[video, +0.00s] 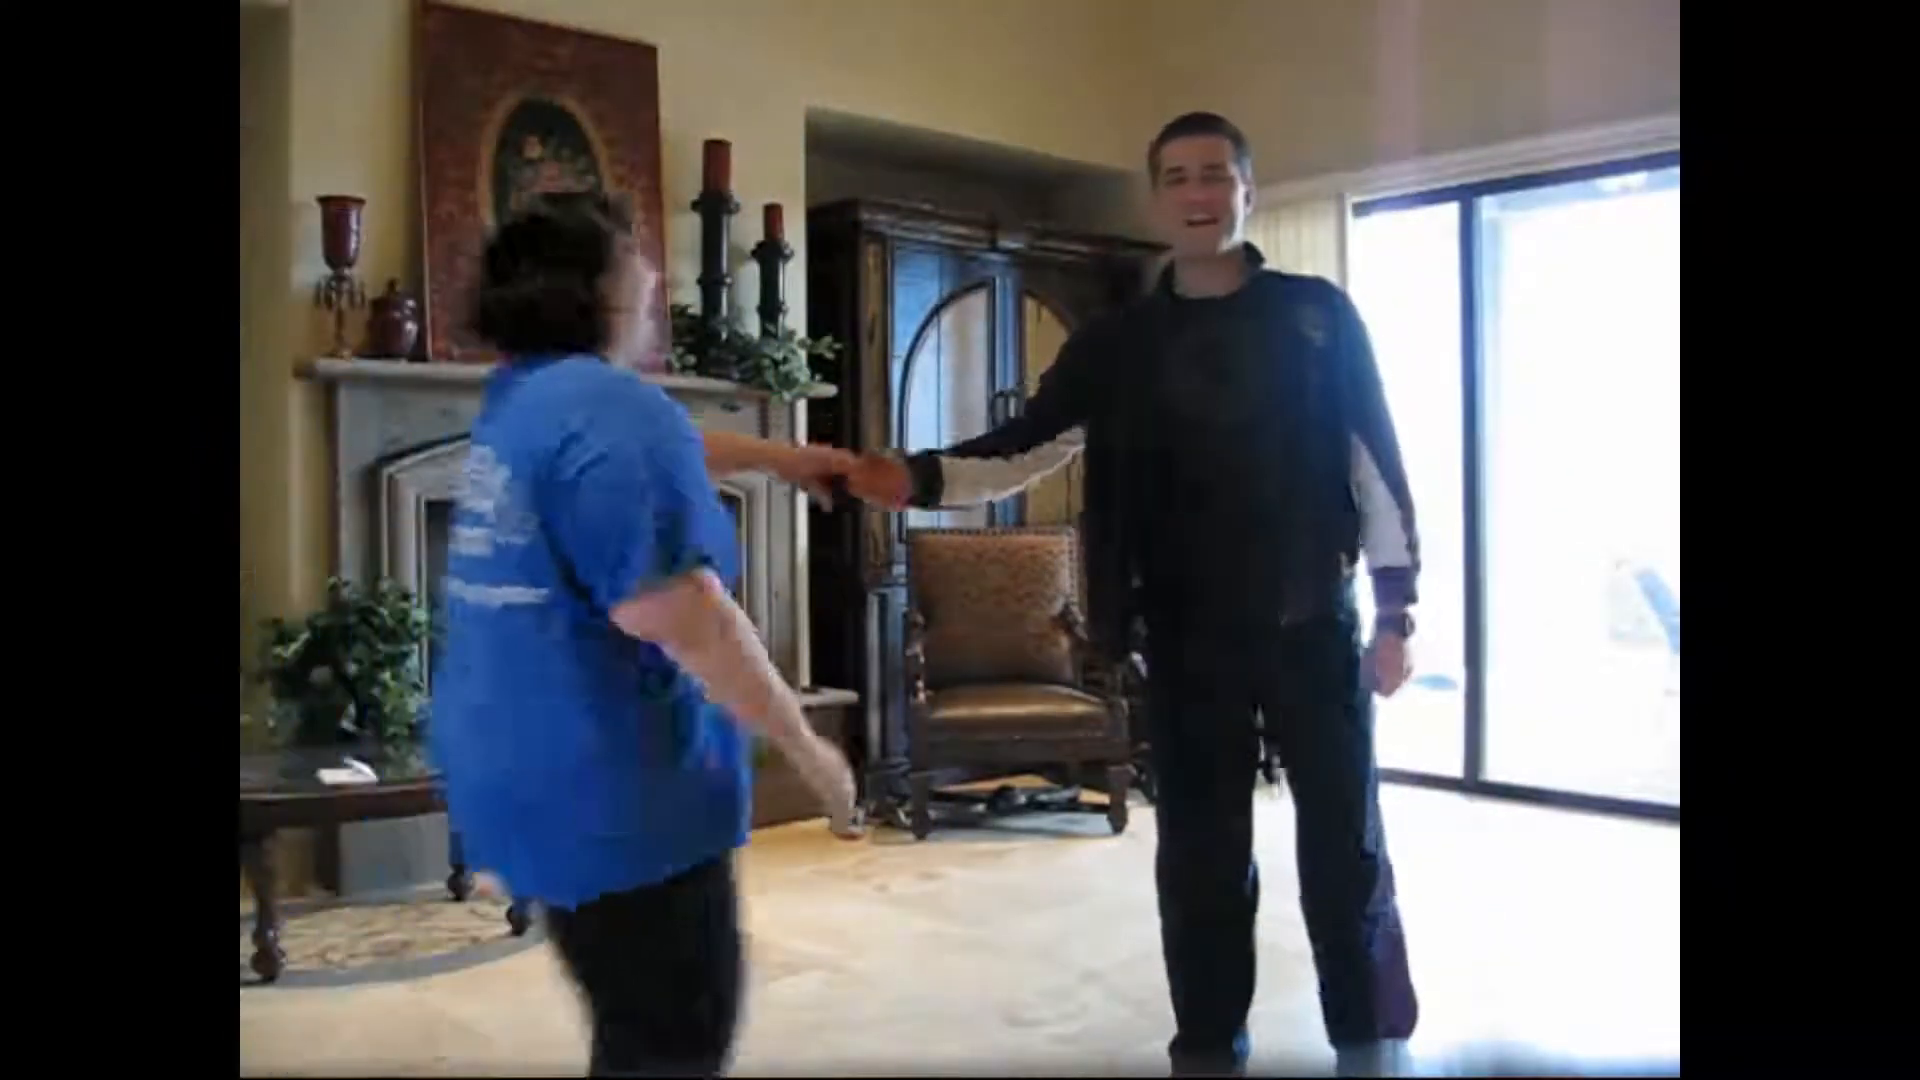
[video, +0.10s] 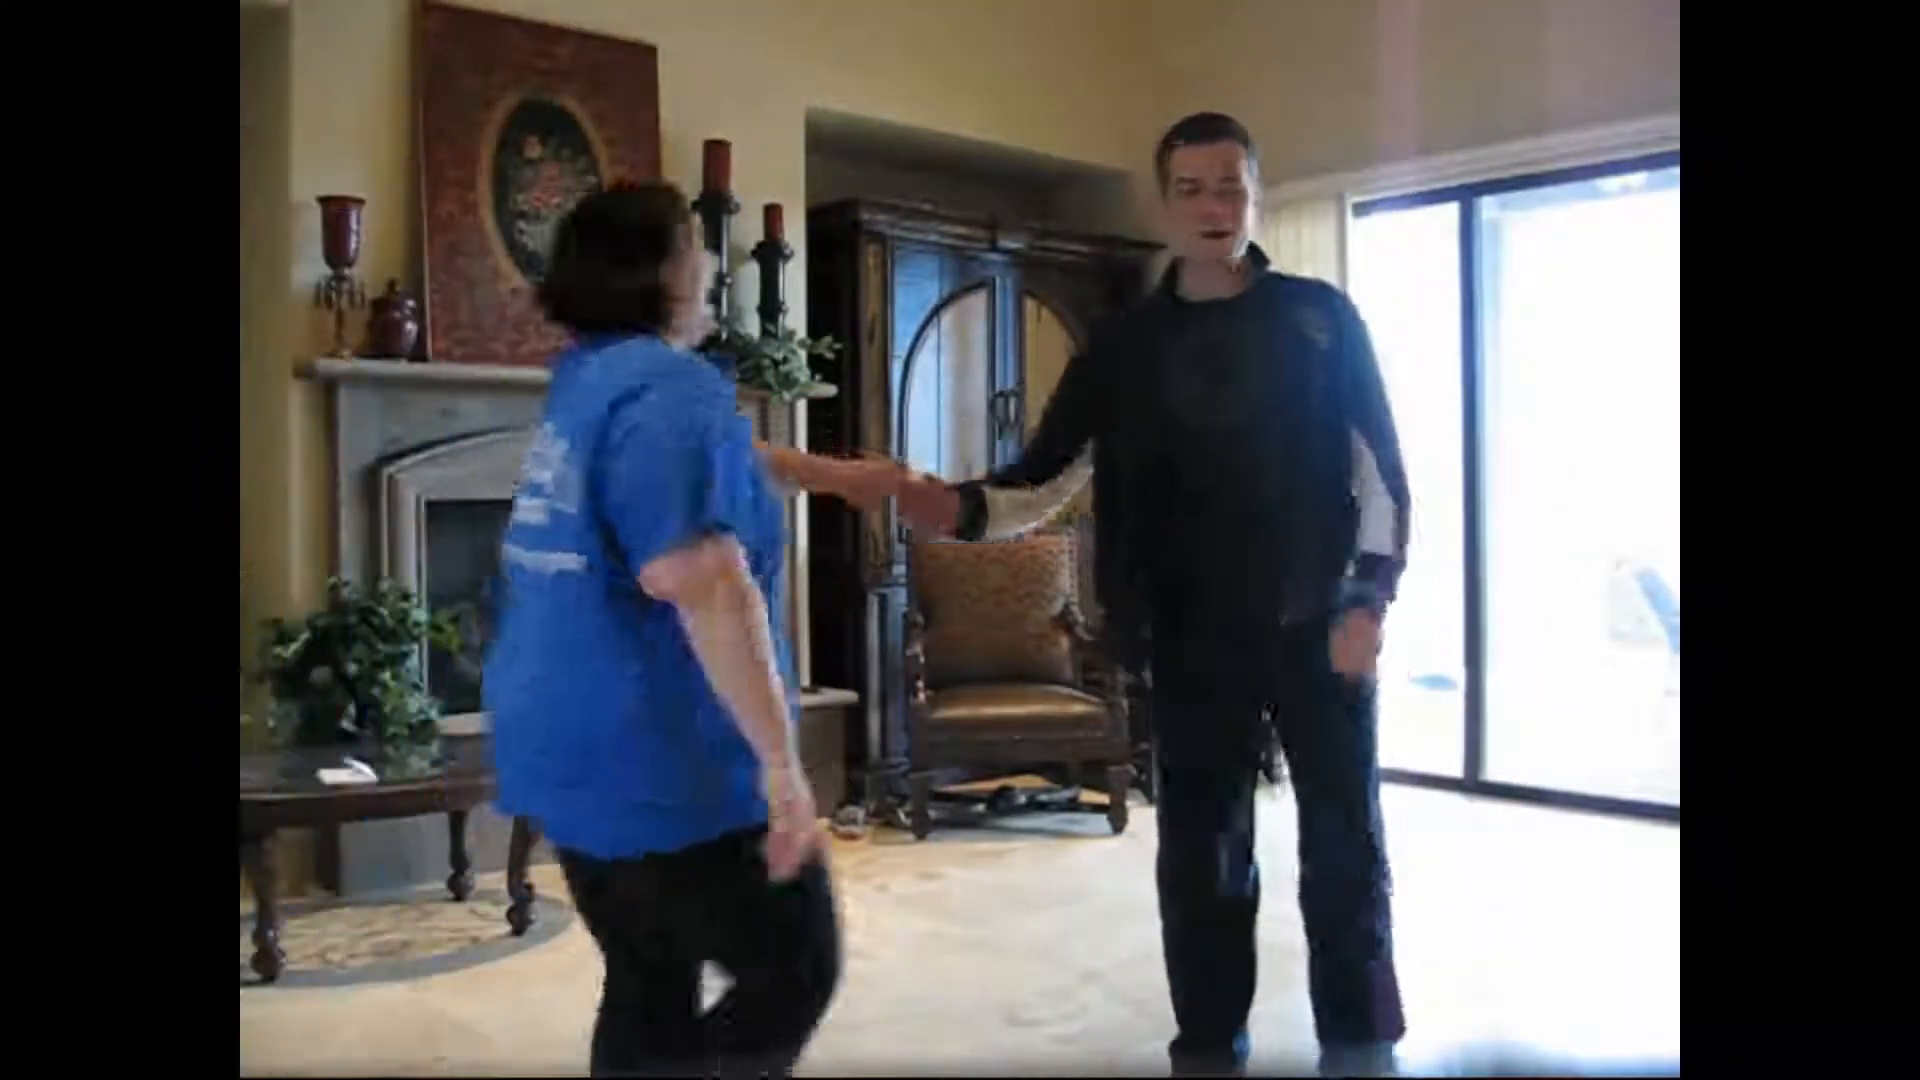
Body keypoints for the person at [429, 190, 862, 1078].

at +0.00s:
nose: (655, 281)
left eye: (648, 260)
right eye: (638, 261)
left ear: (529, 296)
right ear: (598, 287)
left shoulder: (525, 403)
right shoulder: (611, 415)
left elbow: (653, 446)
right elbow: (666, 600)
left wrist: (781, 459)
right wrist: (796, 738)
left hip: (553, 786)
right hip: (620, 798)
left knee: (643, 1030)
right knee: (674, 1037)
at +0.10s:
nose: (709, 264)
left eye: (700, 245)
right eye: (694, 247)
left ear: (589, 279)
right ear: (661, 273)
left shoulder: (588, 384)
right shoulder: (668, 391)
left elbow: (712, 457)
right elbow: (697, 573)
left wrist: (837, 477)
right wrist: (780, 762)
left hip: (576, 764)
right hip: (664, 770)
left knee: (649, 986)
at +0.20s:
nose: (757, 263)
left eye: (750, 246)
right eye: (744, 248)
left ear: (651, 276)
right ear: (705, 271)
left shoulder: (648, 371)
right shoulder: (713, 379)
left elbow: (793, 469)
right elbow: (723, 556)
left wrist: (925, 494)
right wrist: (772, 721)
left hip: (632, 737)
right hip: (728, 736)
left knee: (658, 960)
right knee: (843, 930)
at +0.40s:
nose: (850, 304)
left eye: (845, 286)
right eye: (831, 287)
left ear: (770, 309)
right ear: (779, 305)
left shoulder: (746, 406)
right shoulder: (791, 414)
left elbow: (886, 493)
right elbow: (798, 594)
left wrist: (1026, 502)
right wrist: (840, 757)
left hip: (745, 753)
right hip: (854, 754)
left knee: (746, 961)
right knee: (917, 949)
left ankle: (687, 1071)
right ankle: (921, 1061)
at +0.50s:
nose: (888, 305)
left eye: (882, 288)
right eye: (868, 289)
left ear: (819, 313)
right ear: (821, 309)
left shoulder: (789, 407)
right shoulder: (832, 414)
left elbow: (934, 505)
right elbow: (845, 578)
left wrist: (1066, 502)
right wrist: (919, 750)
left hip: (804, 748)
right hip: (899, 751)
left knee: (835, 934)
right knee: (942, 948)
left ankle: (732, 1070)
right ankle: (928, 1070)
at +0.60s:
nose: (920, 304)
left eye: (914, 287)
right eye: (902, 289)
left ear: (845, 308)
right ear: (857, 306)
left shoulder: (821, 402)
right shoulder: (861, 408)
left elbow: (949, 504)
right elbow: (889, 568)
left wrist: (1081, 493)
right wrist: (1022, 675)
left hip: (841, 720)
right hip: (904, 725)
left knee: (907, 886)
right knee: (947, 933)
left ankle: (815, 1052)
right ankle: (932, 1065)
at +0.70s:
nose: (945, 304)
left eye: (941, 286)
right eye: (926, 288)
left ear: (884, 304)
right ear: (875, 301)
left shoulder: (889, 394)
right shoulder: (859, 398)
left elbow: (972, 499)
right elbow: (912, 533)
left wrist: (1096, 491)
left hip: (932, 708)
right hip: (893, 722)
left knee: (978, 866)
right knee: (939, 906)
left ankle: (899, 1043)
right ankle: (926, 1062)